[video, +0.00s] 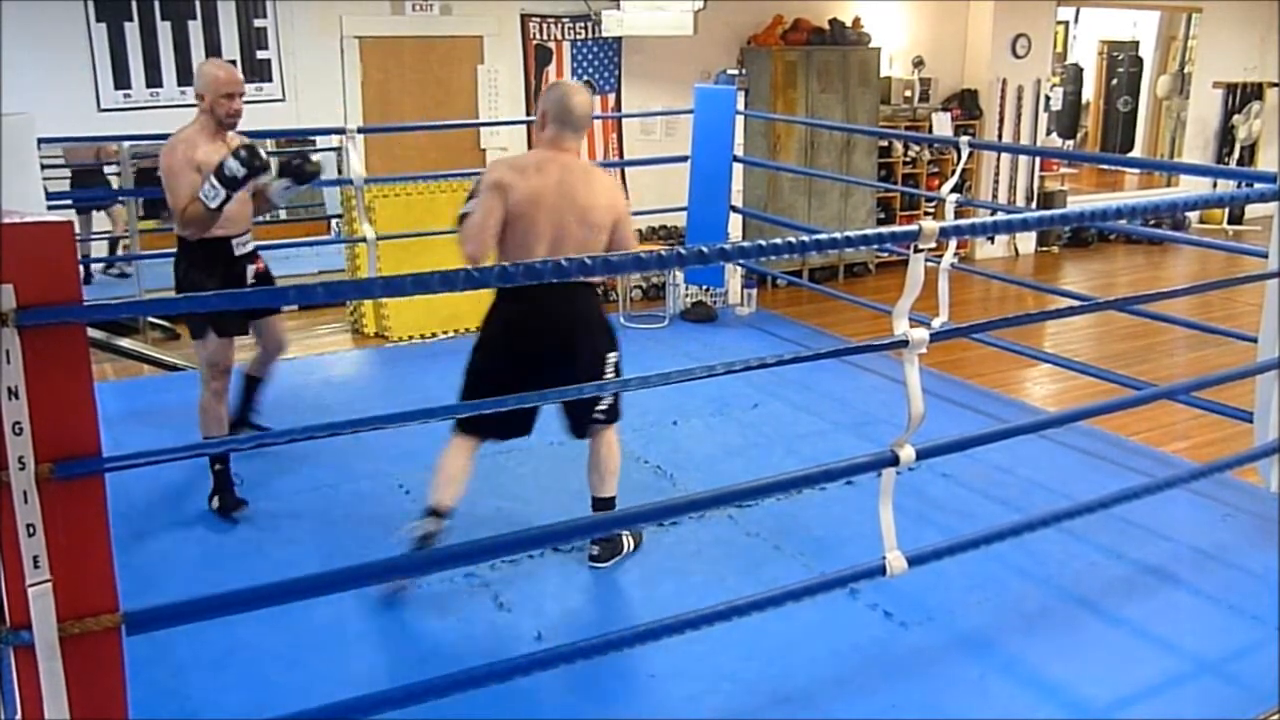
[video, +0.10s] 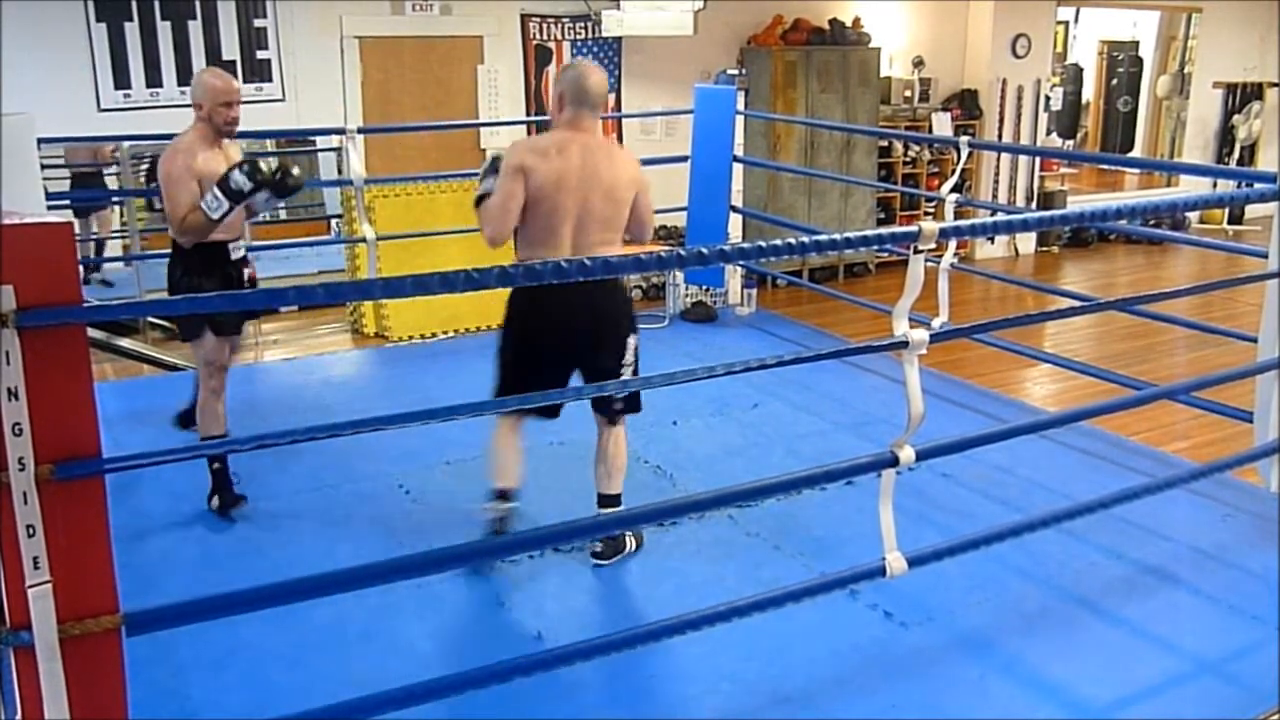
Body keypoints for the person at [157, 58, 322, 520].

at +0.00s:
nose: (238, 106)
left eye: (241, 96)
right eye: (229, 98)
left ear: (242, 96)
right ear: (202, 100)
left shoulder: (239, 143)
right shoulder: (179, 150)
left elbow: (253, 206)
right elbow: (188, 224)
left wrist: (286, 183)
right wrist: (224, 183)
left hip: (244, 253)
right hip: (202, 262)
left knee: (273, 343)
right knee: (217, 374)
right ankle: (222, 484)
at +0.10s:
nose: (235, 114)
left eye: (237, 105)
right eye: (225, 107)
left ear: (238, 103)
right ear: (199, 108)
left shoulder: (230, 147)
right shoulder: (177, 158)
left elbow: (239, 211)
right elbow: (184, 230)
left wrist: (269, 194)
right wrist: (222, 197)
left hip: (233, 259)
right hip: (197, 266)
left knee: (224, 350)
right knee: (214, 375)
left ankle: (197, 410)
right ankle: (221, 483)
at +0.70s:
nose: (263, 115)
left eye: (263, 107)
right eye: (255, 109)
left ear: (234, 110)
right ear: (230, 111)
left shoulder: (235, 140)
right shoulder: (212, 153)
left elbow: (245, 198)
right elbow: (221, 220)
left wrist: (277, 174)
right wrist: (261, 187)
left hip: (240, 246)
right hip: (222, 253)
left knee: (227, 339)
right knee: (272, 344)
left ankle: (182, 419)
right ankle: (256, 443)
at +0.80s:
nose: (275, 113)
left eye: (275, 105)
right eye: (268, 108)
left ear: (250, 108)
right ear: (244, 109)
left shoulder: (255, 137)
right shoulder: (220, 152)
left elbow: (278, 196)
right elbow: (246, 216)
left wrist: (294, 158)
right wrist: (269, 172)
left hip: (255, 241)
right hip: (232, 247)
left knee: (265, 333)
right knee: (271, 343)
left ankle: (216, 404)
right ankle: (256, 441)